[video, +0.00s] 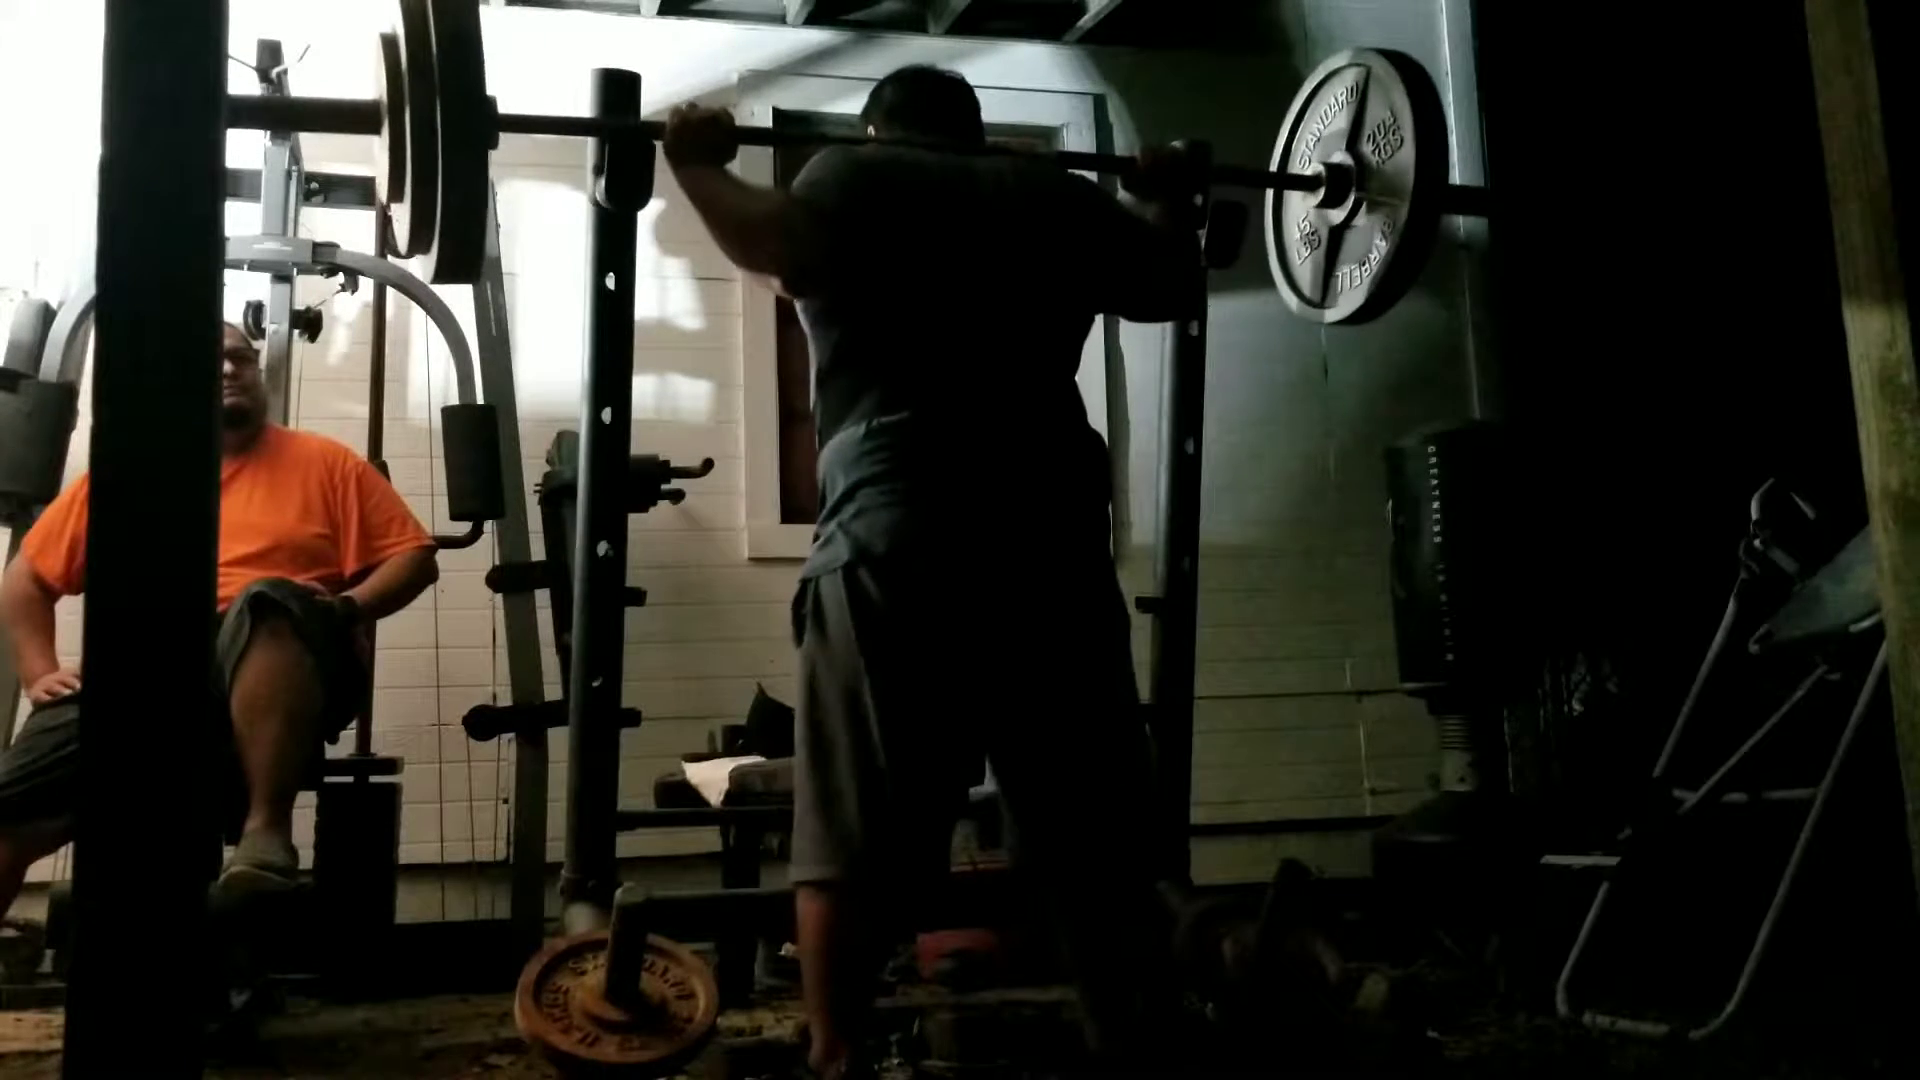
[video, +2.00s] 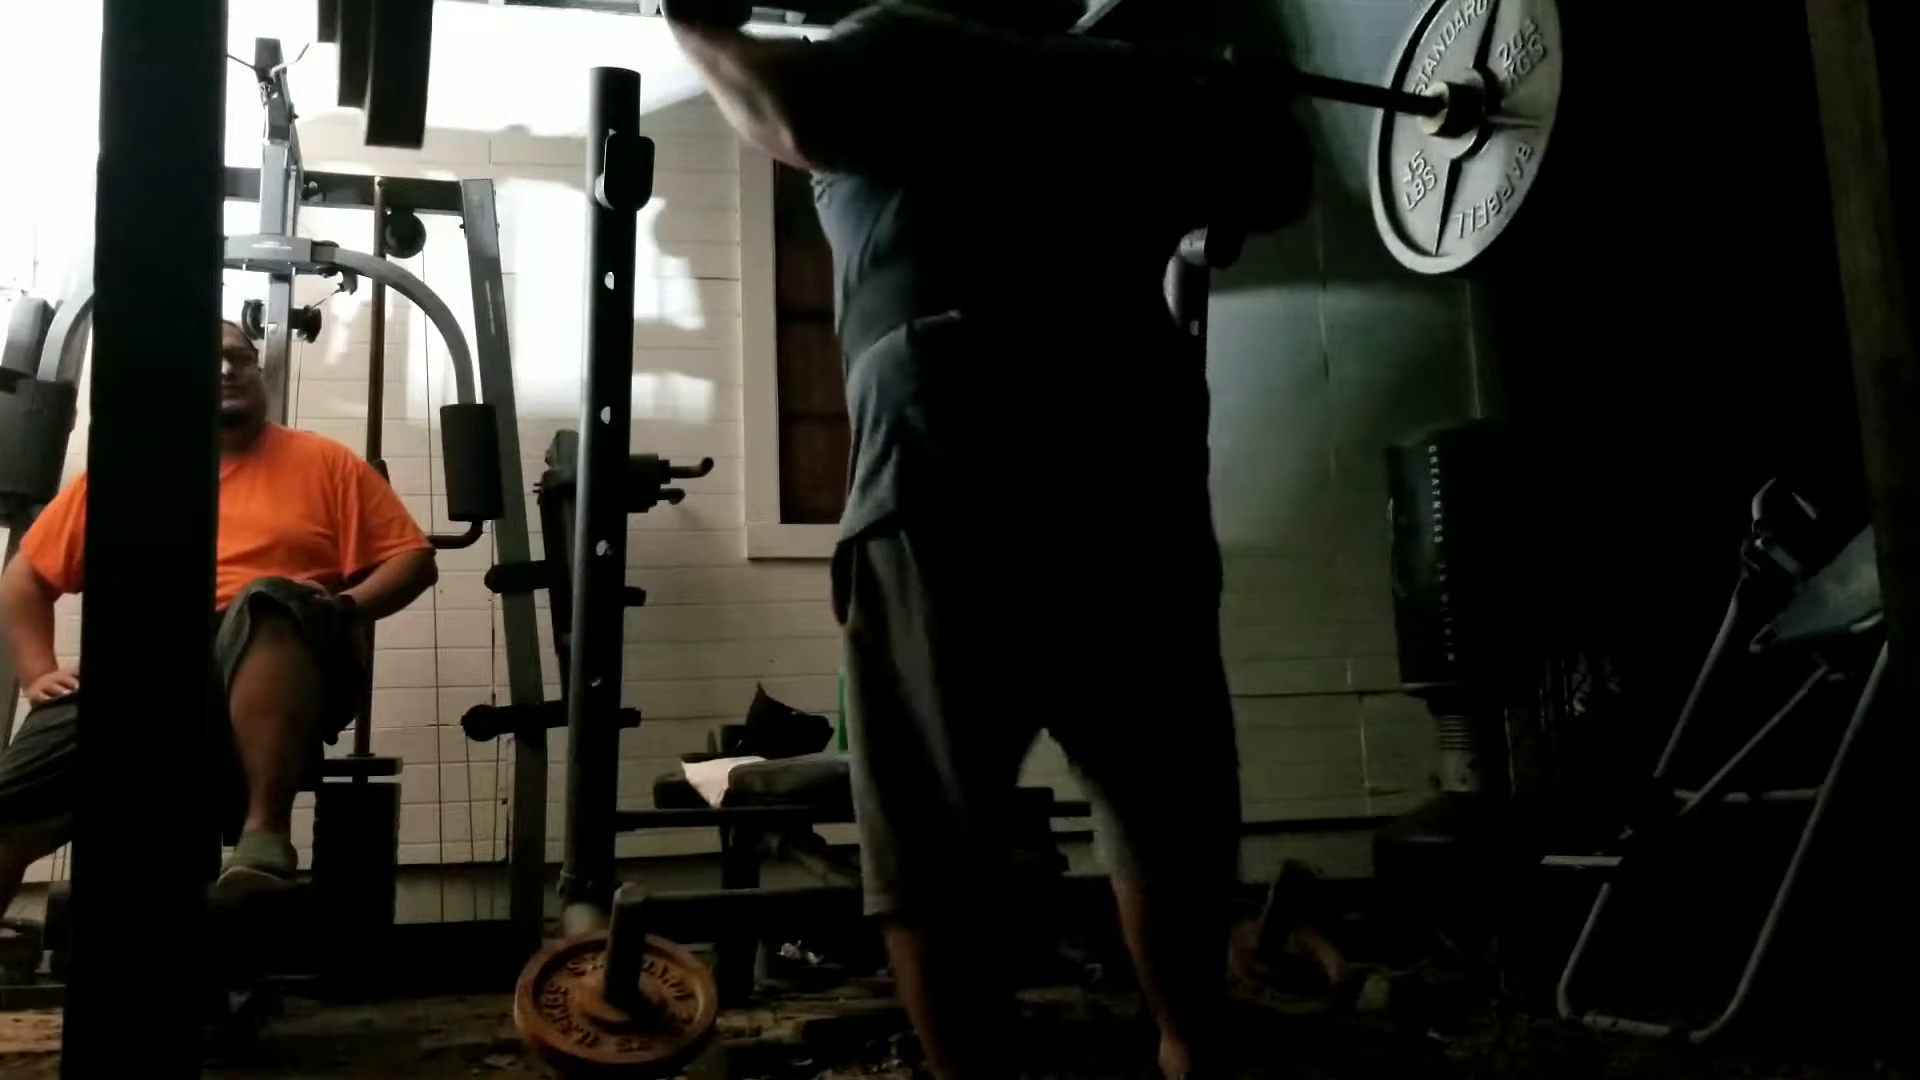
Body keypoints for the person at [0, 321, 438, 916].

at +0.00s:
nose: (230, 370)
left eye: (242, 358)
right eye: (213, 359)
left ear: (264, 375)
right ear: (186, 378)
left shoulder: (324, 463)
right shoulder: (131, 470)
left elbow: (415, 555)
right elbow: (25, 577)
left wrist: (351, 604)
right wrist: (39, 672)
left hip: (285, 667)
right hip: (146, 667)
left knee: (271, 604)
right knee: (11, 813)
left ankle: (267, 829)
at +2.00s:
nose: (228, 370)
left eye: (240, 358)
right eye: (211, 360)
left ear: (263, 374)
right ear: (185, 378)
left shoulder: (325, 463)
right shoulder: (133, 466)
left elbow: (414, 558)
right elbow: (24, 575)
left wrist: (347, 603)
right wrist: (37, 670)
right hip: (144, 666)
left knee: (272, 603)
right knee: (13, 805)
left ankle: (265, 830)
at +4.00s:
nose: (225, 374)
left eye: (238, 361)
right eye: (209, 362)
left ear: (263, 377)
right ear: (184, 379)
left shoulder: (325, 464)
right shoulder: (130, 468)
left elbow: (413, 558)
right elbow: (24, 575)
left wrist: (349, 603)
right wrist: (38, 671)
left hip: (283, 667)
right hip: (143, 666)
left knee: (272, 604)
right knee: (10, 817)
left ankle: (264, 830)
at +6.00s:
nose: (224, 377)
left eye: (237, 363)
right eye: (208, 364)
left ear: (262, 377)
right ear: (183, 380)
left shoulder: (324, 464)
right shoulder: (131, 468)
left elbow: (414, 559)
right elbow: (24, 575)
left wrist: (346, 604)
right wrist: (37, 672)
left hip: (285, 669)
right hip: (143, 666)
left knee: (272, 604)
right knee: (10, 810)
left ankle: (265, 829)